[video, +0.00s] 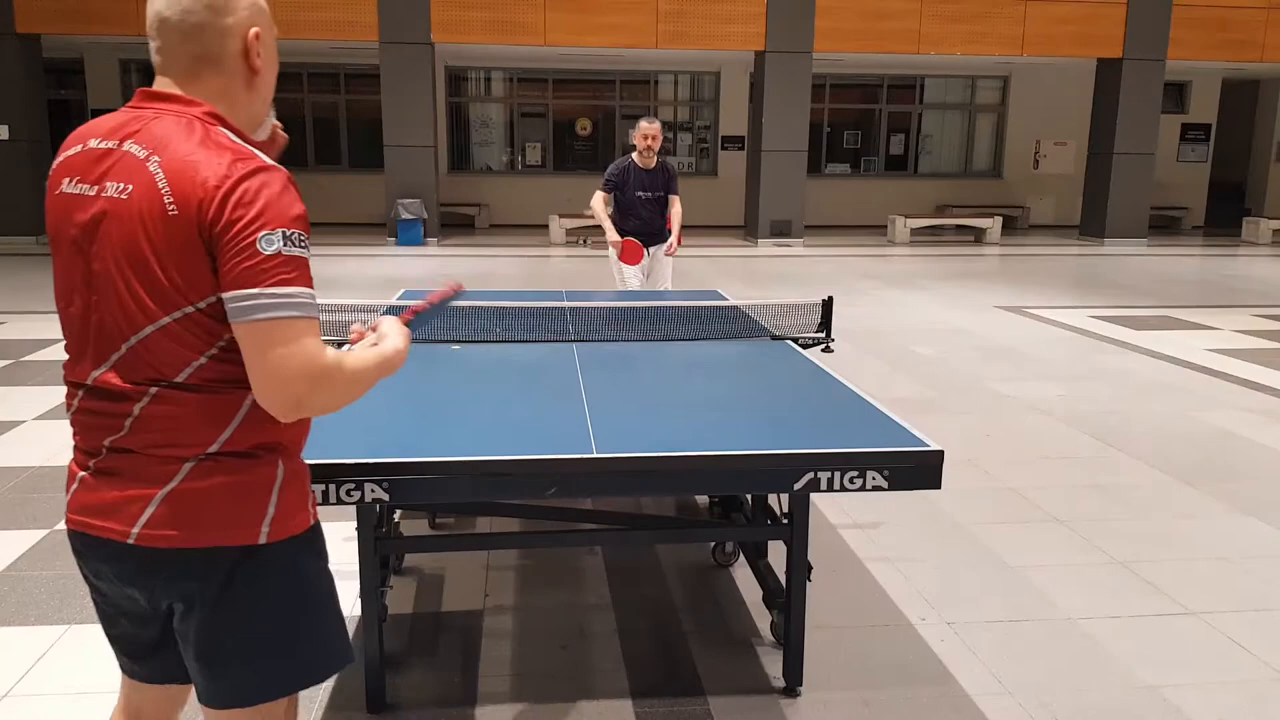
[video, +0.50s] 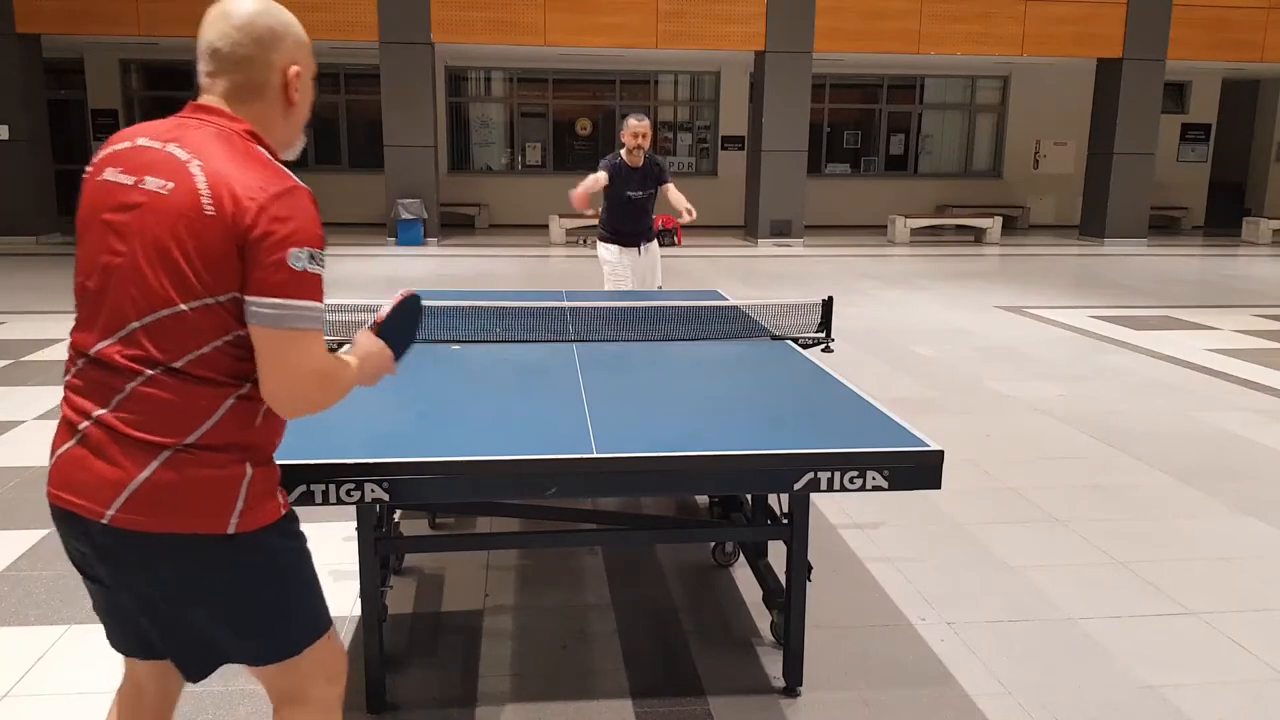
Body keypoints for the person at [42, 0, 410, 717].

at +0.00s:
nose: (275, 70)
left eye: (276, 50)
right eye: (274, 50)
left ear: (161, 53)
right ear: (252, 50)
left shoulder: (77, 152)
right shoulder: (245, 177)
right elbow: (289, 386)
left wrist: (242, 159)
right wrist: (381, 353)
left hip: (105, 512)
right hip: (230, 524)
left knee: (149, 690)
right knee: (255, 709)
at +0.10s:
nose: (259, 80)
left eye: (260, 60)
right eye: (260, 60)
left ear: (148, 60)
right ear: (240, 52)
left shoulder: (65, 150)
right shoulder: (230, 177)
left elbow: (120, 317)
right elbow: (279, 379)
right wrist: (370, 347)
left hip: (89, 507)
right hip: (212, 519)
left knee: (143, 688)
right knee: (267, 704)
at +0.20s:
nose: (252, 83)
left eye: (254, 67)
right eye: (253, 66)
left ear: (144, 64)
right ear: (233, 60)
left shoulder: (60, 154)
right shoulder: (226, 179)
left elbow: (106, 319)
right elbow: (269, 379)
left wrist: (264, 330)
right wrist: (351, 350)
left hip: (68, 502)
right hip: (191, 517)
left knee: (137, 679)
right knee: (305, 693)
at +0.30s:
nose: (260, 84)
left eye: (262, 69)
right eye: (260, 67)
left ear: (151, 65)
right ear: (239, 64)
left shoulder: (66, 155)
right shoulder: (230, 179)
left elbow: (106, 315)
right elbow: (266, 375)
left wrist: (264, 331)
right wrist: (342, 351)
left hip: (64, 494)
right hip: (188, 505)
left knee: (132, 678)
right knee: (323, 680)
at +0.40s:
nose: (280, 88)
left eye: (279, 72)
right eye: (281, 71)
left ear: (173, 67)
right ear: (263, 69)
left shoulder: (86, 149)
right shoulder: (245, 183)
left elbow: (123, 311)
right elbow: (275, 380)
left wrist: (281, 325)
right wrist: (345, 350)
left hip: (71, 488)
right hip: (191, 501)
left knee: (135, 673)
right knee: (318, 679)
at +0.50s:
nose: (313, 101)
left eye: (314, 86)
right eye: (314, 83)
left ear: (205, 74)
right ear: (294, 82)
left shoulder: (115, 154)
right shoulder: (271, 195)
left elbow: (143, 314)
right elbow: (294, 391)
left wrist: (293, 326)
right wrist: (360, 363)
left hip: (84, 492)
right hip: (202, 509)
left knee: (149, 674)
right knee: (314, 684)